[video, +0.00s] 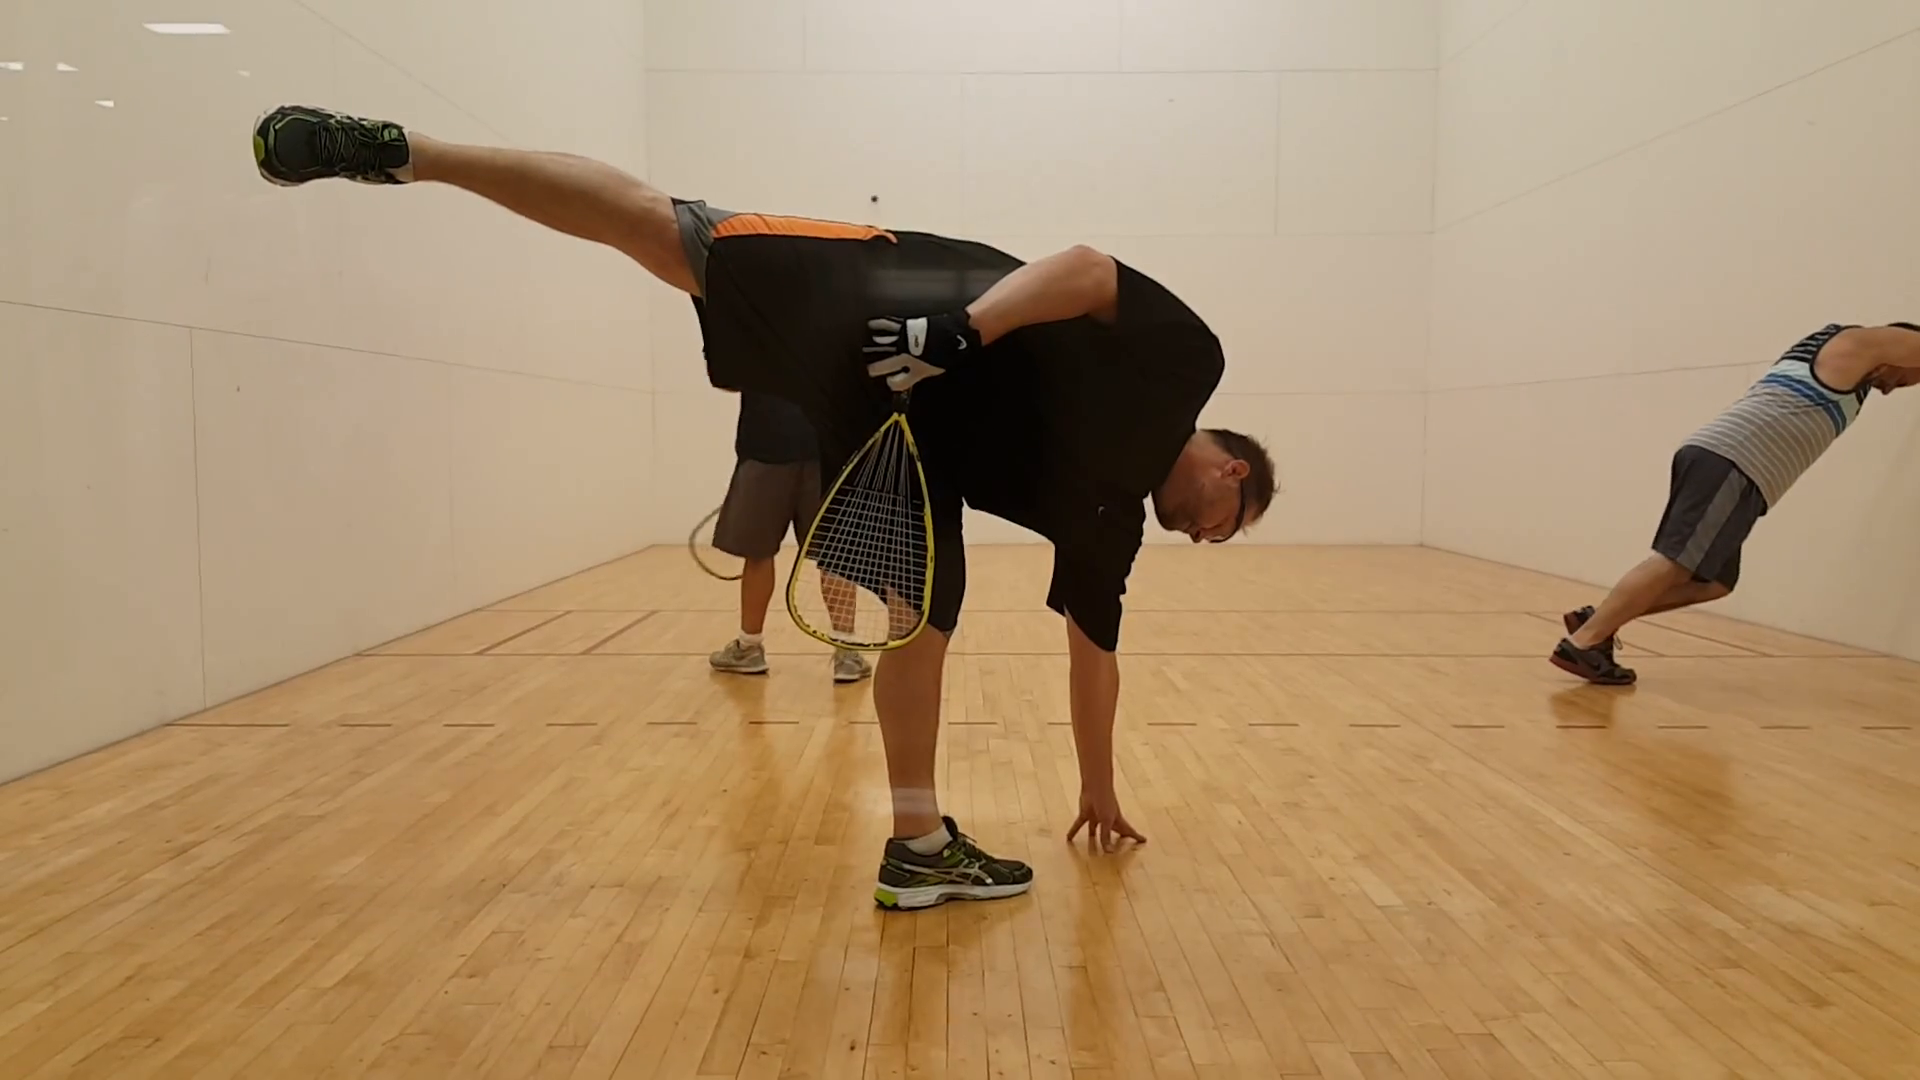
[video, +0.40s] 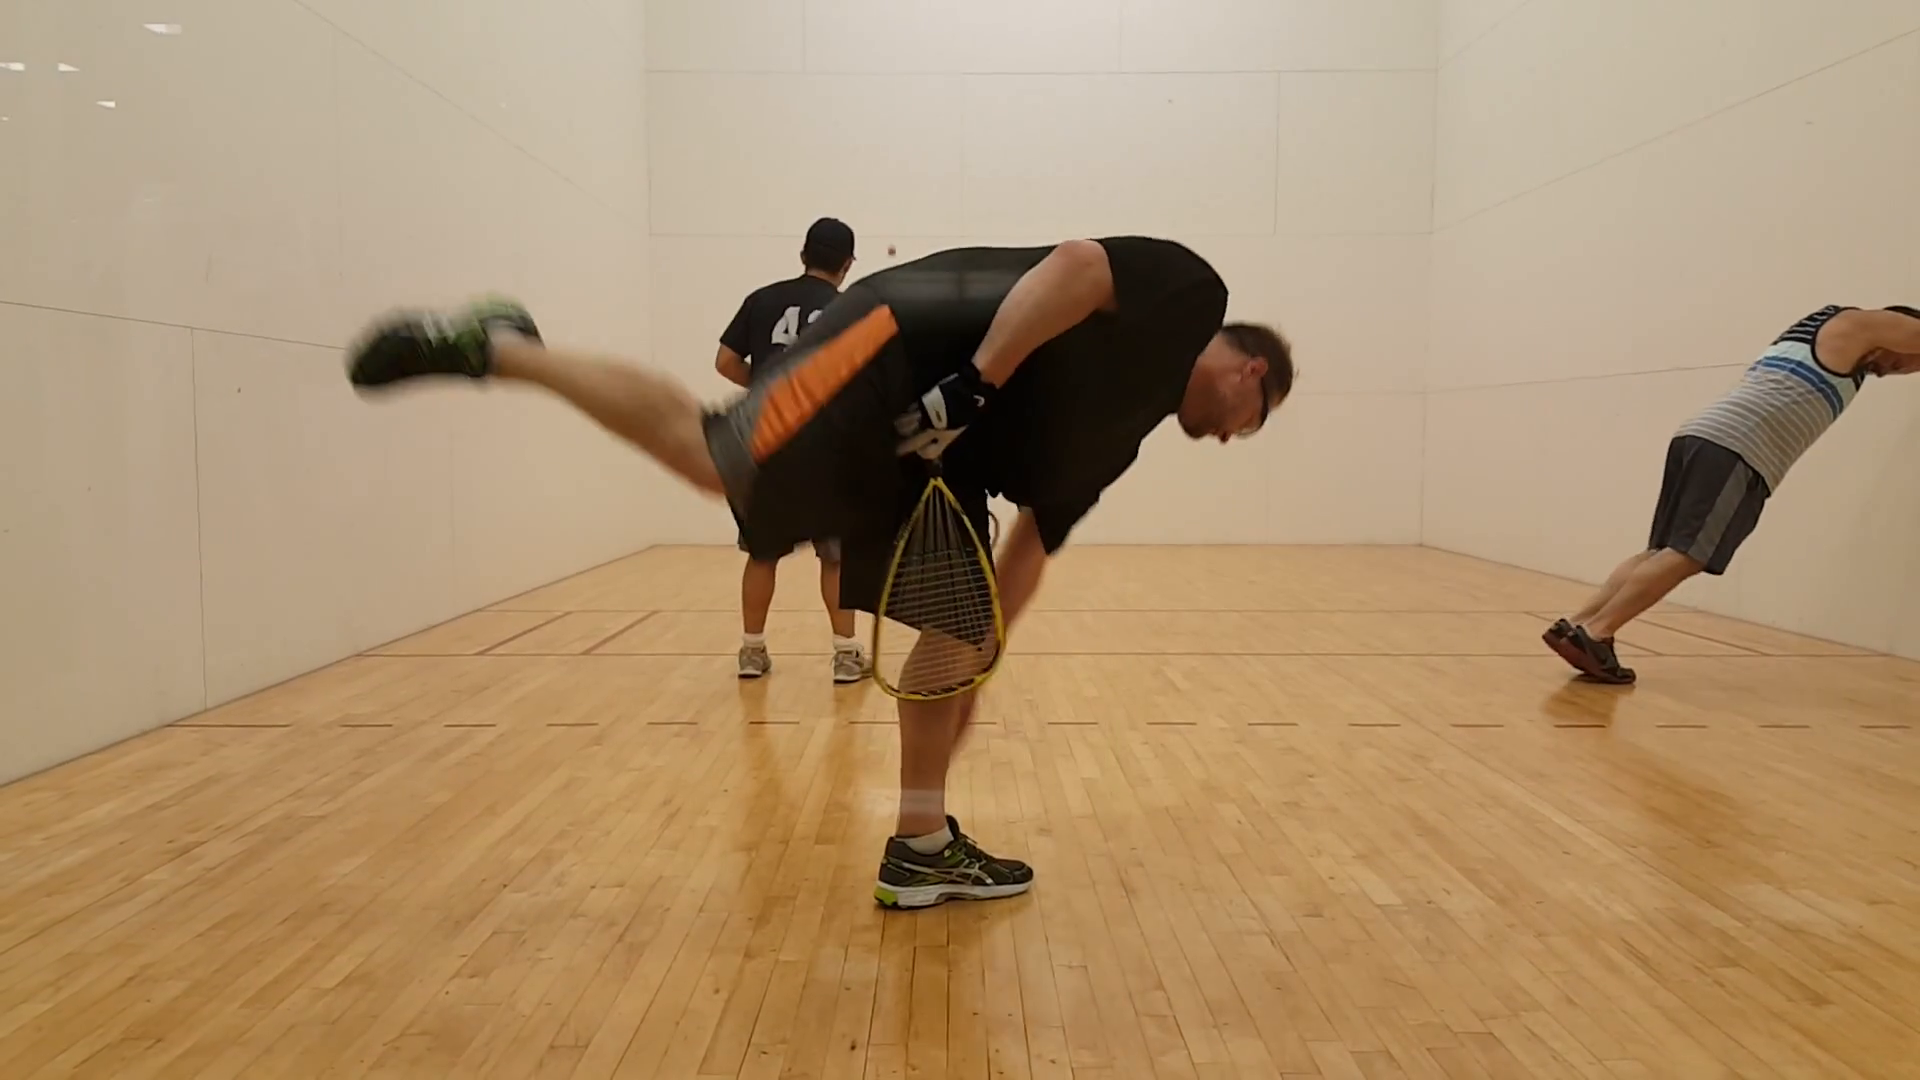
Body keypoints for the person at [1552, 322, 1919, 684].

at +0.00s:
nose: (1901, 386)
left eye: (1908, 380)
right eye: (1908, 375)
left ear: (1893, 357)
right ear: (1895, 355)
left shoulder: (1834, 362)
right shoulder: (1852, 347)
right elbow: (1919, 346)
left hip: (1734, 473)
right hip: (1729, 465)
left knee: (1715, 581)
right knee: (1677, 561)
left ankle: (1598, 618)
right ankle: (1586, 643)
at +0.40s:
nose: (1897, 372)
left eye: (1905, 368)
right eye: (1905, 362)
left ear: (1891, 339)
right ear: (1896, 337)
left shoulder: (1816, 332)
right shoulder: (1853, 326)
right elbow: (1919, 336)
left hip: (1700, 438)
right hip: (1734, 452)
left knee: (1664, 550)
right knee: (1687, 556)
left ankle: (1577, 624)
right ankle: (1594, 634)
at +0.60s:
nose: (1893, 371)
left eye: (1902, 365)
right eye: (1901, 360)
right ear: (1889, 337)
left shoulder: (1808, 329)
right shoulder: (1848, 328)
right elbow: (1918, 344)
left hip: (1682, 434)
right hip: (1728, 453)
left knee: (1646, 540)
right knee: (1715, 563)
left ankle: (1568, 630)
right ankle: (1614, 627)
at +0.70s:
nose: (1890, 379)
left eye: (1900, 372)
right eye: (1900, 367)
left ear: (1883, 348)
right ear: (1886, 345)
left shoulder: (1808, 332)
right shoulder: (1852, 337)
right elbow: (1918, 345)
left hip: (1676, 437)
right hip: (1726, 459)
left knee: (1629, 542)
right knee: (1732, 568)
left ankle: (1562, 635)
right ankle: (1625, 624)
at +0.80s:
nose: (1889, 387)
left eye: (1898, 380)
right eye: (1898, 375)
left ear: (1879, 350)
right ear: (1885, 352)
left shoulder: (1806, 339)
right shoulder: (1850, 347)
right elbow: (1917, 348)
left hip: (1673, 442)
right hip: (1725, 466)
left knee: (1623, 545)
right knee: (1742, 571)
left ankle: (1560, 638)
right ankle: (1634, 625)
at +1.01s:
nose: (1890, 384)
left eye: (1899, 377)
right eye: (1899, 372)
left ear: (1882, 345)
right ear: (1887, 348)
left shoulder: (1807, 337)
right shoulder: (1851, 347)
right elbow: (1917, 348)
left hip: (1679, 443)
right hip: (1729, 470)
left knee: (1629, 546)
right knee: (1726, 576)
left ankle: (1562, 636)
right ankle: (1618, 627)